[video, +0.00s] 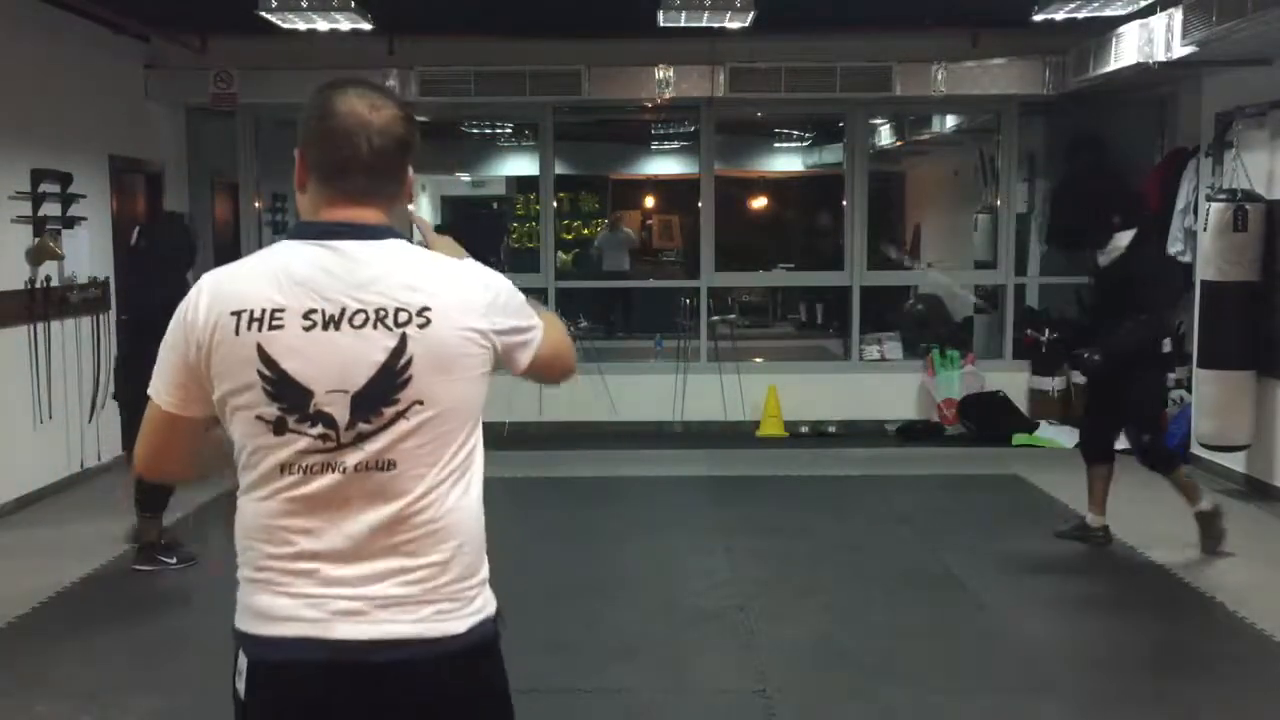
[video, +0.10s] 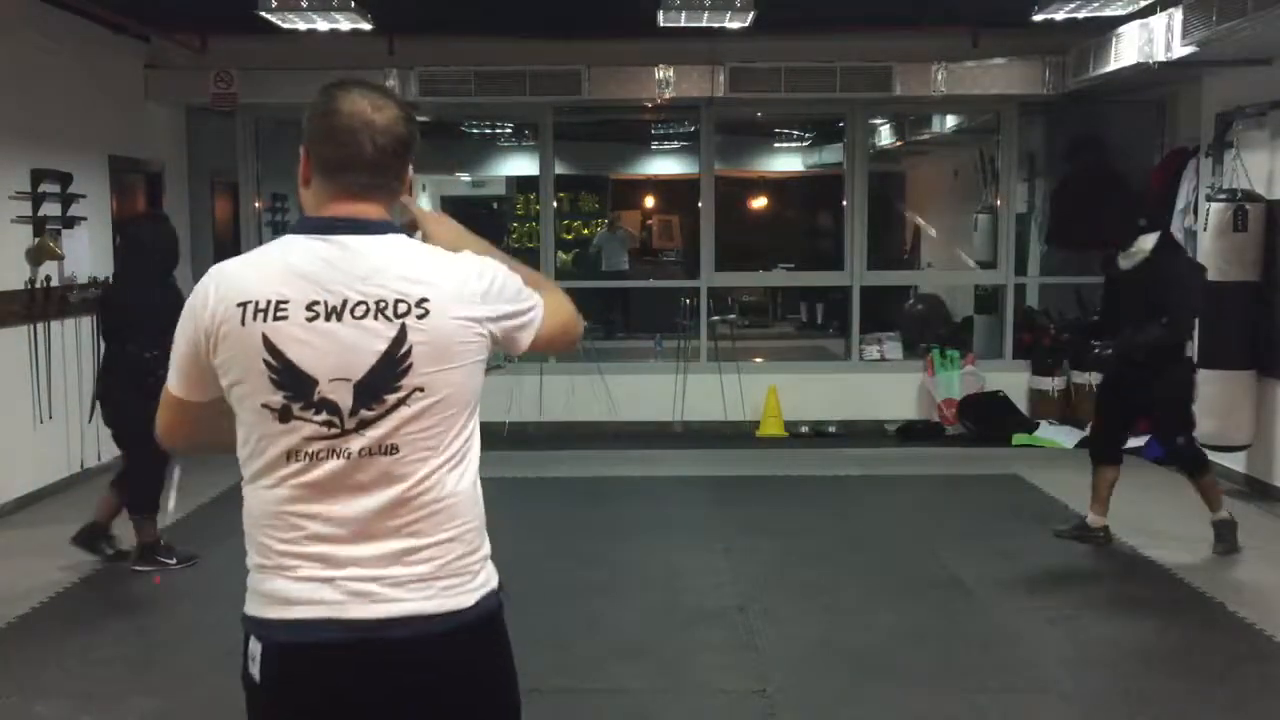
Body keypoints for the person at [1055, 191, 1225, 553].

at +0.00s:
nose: (1091, 238)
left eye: (1094, 230)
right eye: (1089, 233)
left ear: (1112, 220)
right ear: (1116, 219)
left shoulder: (1145, 260)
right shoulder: (1109, 262)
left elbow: (1155, 322)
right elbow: (1103, 319)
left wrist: (1106, 351)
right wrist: (1069, 332)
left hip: (1142, 364)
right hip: (1110, 364)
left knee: (1150, 446)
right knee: (1095, 439)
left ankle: (1204, 508)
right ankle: (1095, 521)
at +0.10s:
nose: (1114, 238)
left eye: (1120, 229)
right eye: (1112, 230)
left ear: (1142, 224)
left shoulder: (1175, 265)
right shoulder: (1119, 266)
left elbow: (1178, 329)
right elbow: (1112, 323)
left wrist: (1125, 345)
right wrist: (1075, 329)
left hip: (1167, 370)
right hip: (1125, 368)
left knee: (1178, 445)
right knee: (1105, 440)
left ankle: (1222, 519)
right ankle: (1096, 521)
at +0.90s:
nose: (1194, 230)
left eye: (1202, 223)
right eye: (1190, 222)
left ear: (1227, 223)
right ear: (1186, 223)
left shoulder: (1255, 267)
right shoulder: (1174, 265)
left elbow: (1261, 330)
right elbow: (1154, 320)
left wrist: (1204, 340)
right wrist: (1152, 327)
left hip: (1228, 376)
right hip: (1179, 372)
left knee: (1230, 450)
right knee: (1157, 439)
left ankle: (1229, 525)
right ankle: (1152, 520)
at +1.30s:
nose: (1161, 233)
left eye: (1170, 226)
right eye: (1158, 224)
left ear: (1191, 225)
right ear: (1151, 223)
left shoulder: (1218, 272)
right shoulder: (1141, 264)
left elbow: (1223, 332)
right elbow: (1130, 318)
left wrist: (1176, 344)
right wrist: (1136, 345)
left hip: (1195, 375)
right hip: (1148, 372)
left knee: (1203, 451)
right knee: (1128, 445)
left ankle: (1224, 523)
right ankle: (1125, 526)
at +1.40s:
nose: (1148, 233)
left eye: (1157, 225)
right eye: (1144, 223)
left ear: (1177, 224)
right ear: (1137, 223)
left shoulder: (1205, 270)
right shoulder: (1129, 266)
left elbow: (1213, 327)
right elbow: (1119, 318)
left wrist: (1161, 342)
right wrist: (1119, 342)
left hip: (1184, 372)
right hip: (1138, 370)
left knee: (1192, 449)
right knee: (1123, 444)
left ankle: (1222, 520)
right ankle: (1124, 526)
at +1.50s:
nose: (1135, 223)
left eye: (1144, 215)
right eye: (1134, 214)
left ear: (1166, 220)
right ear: (1129, 217)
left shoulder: (1195, 269)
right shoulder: (1120, 265)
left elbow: (1197, 327)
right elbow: (1107, 314)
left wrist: (1143, 343)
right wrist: (1094, 342)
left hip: (1174, 372)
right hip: (1128, 370)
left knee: (1177, 451)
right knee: (1120, 446)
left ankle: (1213, 514)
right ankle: (1124, 527)